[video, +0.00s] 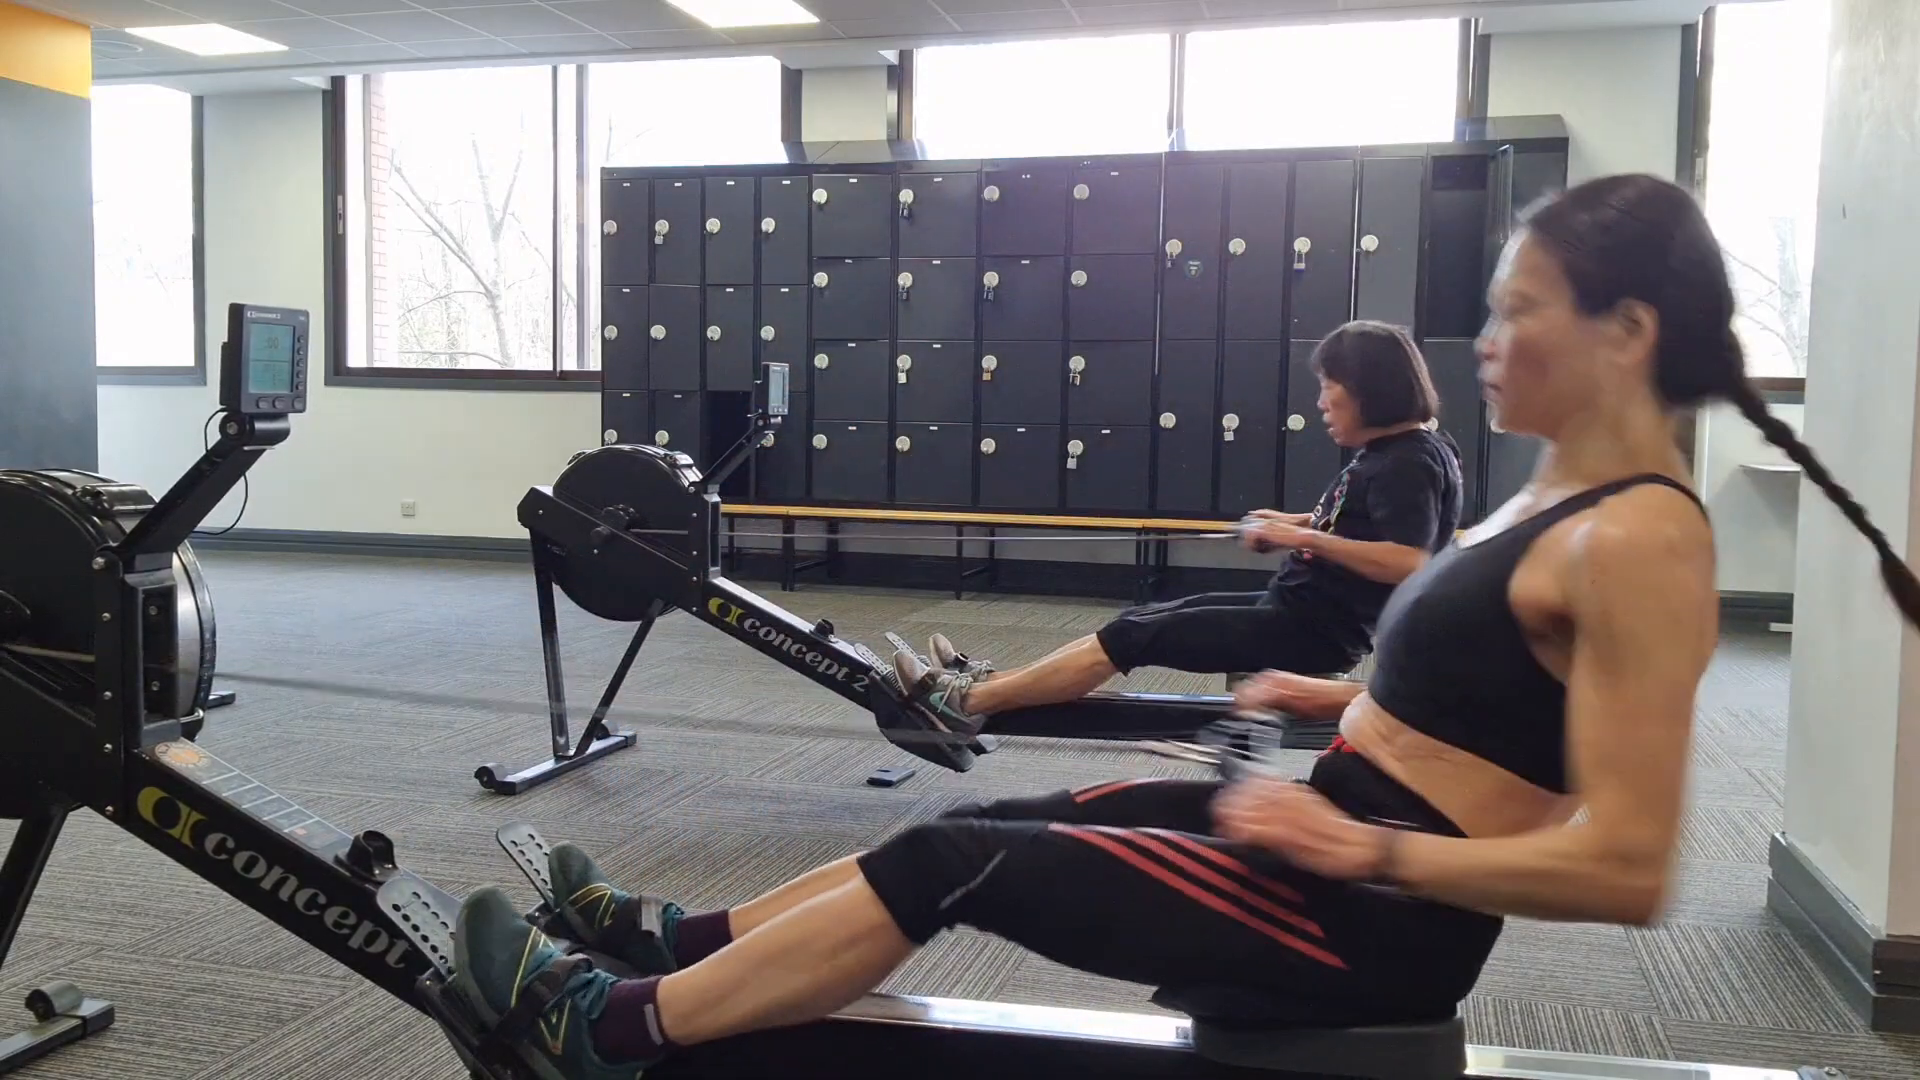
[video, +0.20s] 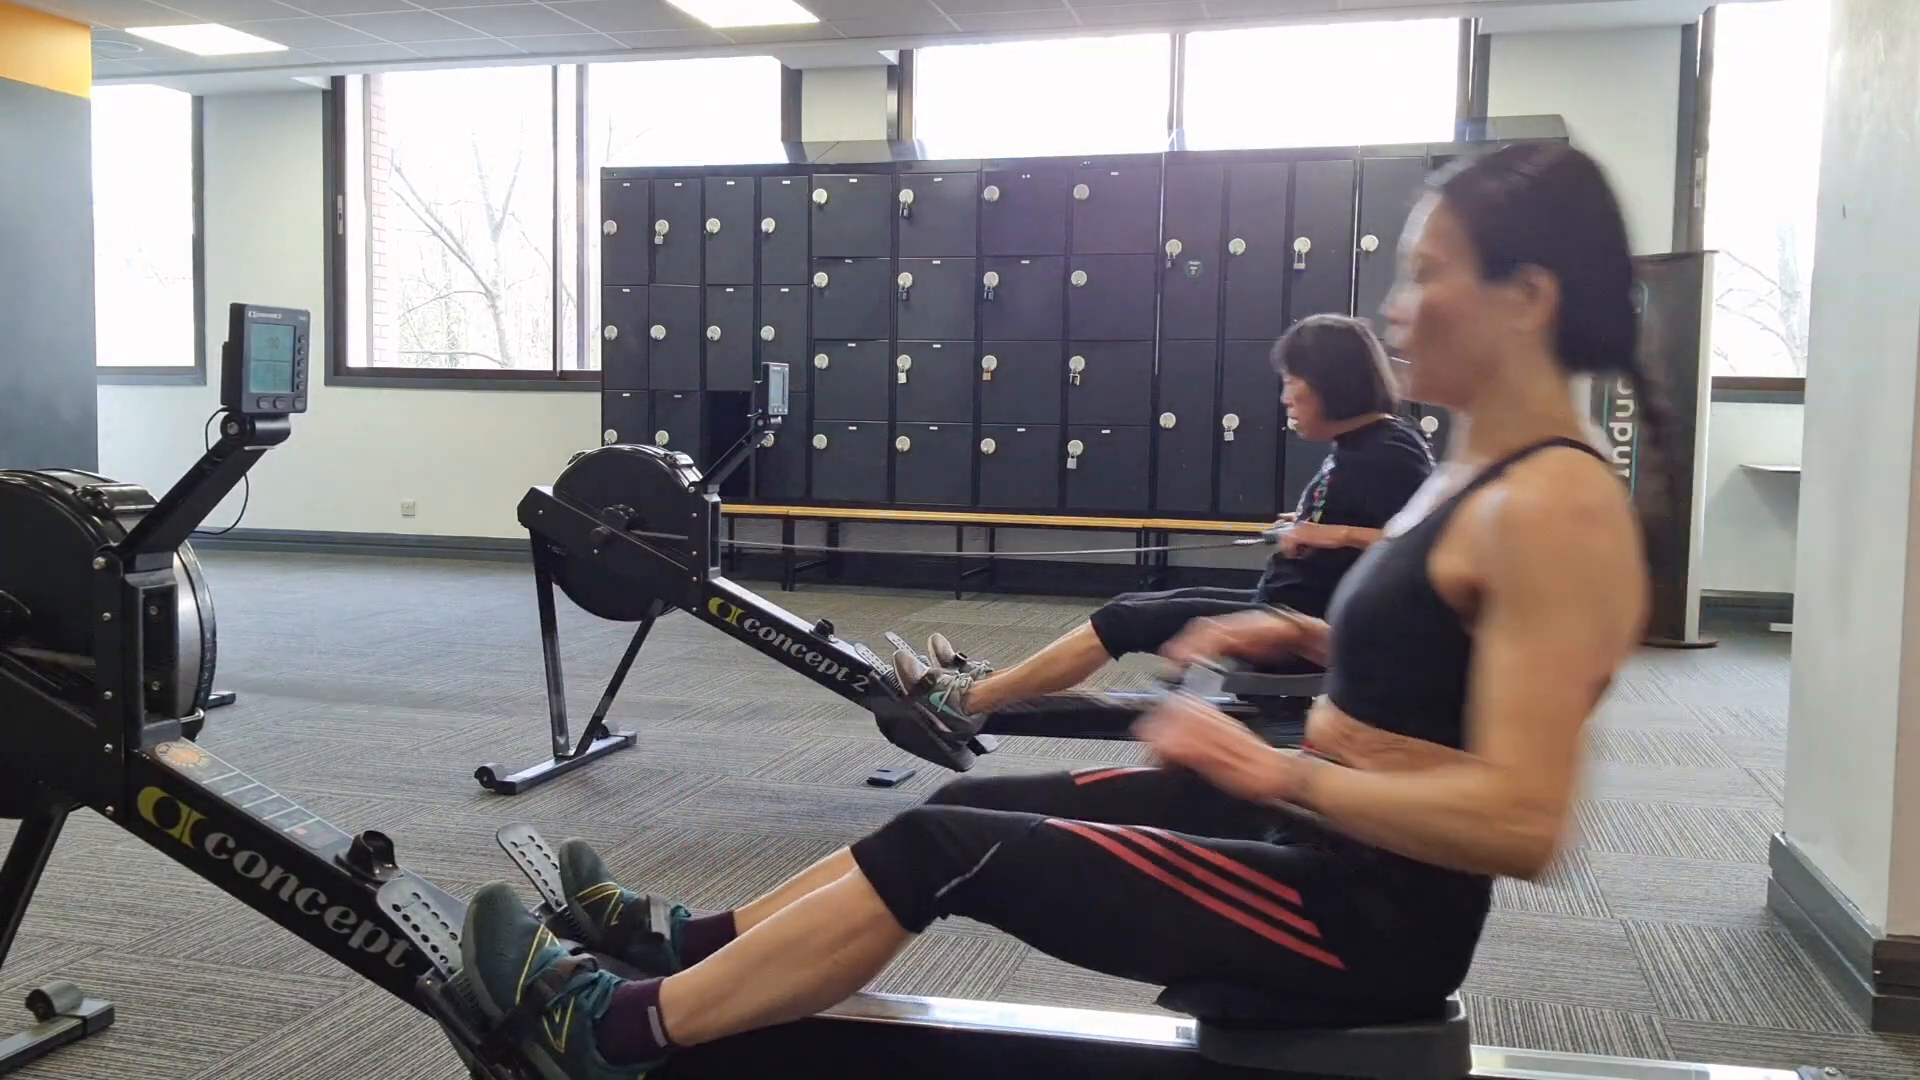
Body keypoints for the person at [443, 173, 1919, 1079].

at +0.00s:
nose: (1489, 342)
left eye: (1519, 312)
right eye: (1495, 313)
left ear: (1628, 331)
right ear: (1600, 330)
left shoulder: (1640, 538)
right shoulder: (1559, 498)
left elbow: (1631, 860)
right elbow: (1499, 736)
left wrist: (1367, 848)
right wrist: (1341, 717)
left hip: (1371, 923)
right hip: (1331, 845)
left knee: (952, 859)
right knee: (960, 823)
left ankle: (625, 1025)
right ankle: (687, 964)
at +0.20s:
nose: (1402, 303)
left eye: (1428, 275)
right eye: (1407, 276)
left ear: (1533, 299)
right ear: (1492, 308)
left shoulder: (1553, 504)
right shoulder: (1479, 476)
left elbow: (1531, 822)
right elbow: (1454, 739)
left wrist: (1279, 772)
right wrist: (1324, 722)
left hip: (1364, 917)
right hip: (1331, 854)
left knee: (955, 837)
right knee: (963, 801)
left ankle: (620, 1036)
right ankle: (699, 951)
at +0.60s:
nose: (1065, 285)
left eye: (1091, 261)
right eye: (1076, 258)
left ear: (1179, 288)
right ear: (1177, 293)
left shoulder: (1171, 472)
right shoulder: (1241, 439)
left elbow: (934, 698)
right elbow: (1071, 581)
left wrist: (737, 701)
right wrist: (879, 609)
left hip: (1198, 905)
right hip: (1221, 840)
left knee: (849, 753)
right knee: (871, 703)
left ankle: (630, 1019)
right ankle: (673, 953)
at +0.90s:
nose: (819, 315)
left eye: (839, 289)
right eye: (828, 288)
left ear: (910, 318)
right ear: (919, 321)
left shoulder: (901, 480)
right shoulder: (998, 451)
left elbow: (621, 663)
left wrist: (442, 763)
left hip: (1020, 903)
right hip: (1086, 870)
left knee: (714, 690)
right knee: (775, 650)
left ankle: (611, 1010)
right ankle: (692, 942)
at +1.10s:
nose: (696, 336)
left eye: (712, 315)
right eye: (707, 311)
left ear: (773, 348)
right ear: (823, 359)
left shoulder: (780, 494)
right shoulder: (913, 474)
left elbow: (486, 638)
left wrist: (285, 725)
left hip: (949, 891)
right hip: (1032, 875)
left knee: (662, 668)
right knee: (733, 657)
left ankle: (609, 1011)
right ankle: (687, 933)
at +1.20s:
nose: (685, 337)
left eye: (701, 317)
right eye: (696, 313)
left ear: (762, 350)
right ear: (810, 357)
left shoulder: (771, 489)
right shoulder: (903, 473)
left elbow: (471, 609)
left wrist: (263, 675)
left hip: (946, 893)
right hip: (1024, 877)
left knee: (662, 664)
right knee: (737, 655)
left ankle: (608, 1007)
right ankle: (685, 936)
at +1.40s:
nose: (816, 309)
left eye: (835, 285)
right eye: (824, 284)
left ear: (912, 317)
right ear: (928, 320)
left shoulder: (888, 470)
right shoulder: (1019, 439)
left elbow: (608, 589)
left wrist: (415, 657)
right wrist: (682, 580)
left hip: (1019, 889)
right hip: (1087, 864)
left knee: (726, 675)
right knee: (771, 641)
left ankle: (609, 999)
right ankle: (683, 951)